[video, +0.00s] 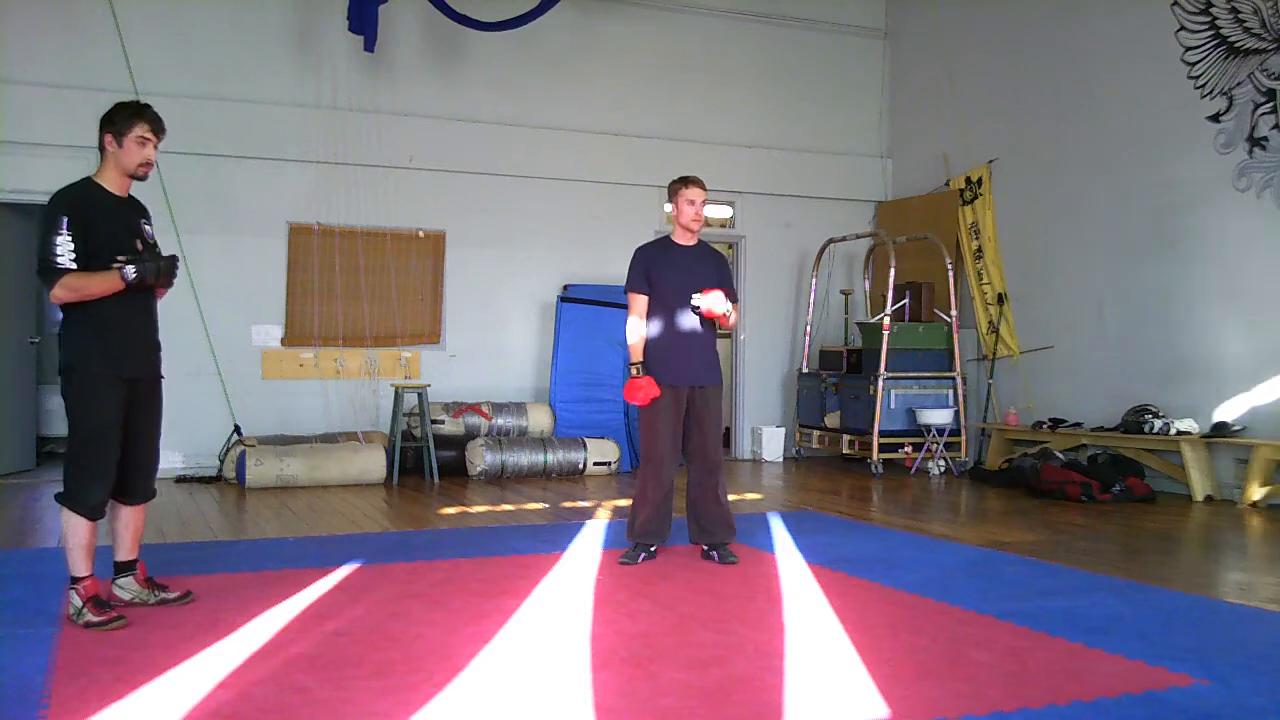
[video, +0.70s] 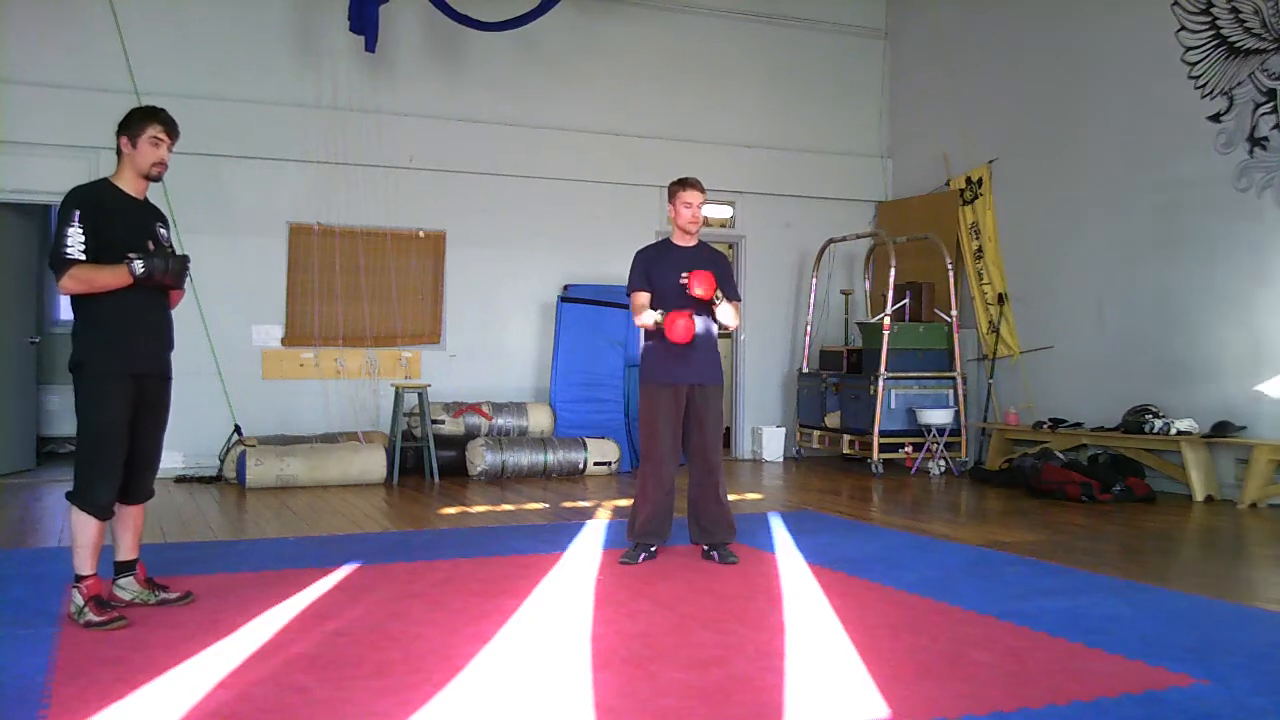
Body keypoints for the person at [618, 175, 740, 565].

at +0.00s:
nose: (697, 210)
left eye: (702, 204)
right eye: (690, 203)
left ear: (706, 210)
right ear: (672, 207)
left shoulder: (716, 260)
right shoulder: (648, 255)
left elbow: (730, 323)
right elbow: (636, 317)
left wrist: (721, 311)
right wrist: (636, 369)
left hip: (707, 376)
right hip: (661, 375)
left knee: (708, 460)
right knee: (657, 459)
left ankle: (713, 538)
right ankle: (646, 539)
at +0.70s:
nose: (695, 212)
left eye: (700, 206)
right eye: (688, 205)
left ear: (705, 211)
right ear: (671, 209)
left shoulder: (717, 260)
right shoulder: (648, 257)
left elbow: (732, 321)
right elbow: (640, 312)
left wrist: (716, 301)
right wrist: (658, 320)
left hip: (706, 372)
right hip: (661, 372)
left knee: (708, 458)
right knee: (657, 456)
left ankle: (713, 539)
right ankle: (647, 539)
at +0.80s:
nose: (694, 214)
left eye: (699, 208)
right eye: (686, 207)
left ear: (704, 212)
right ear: (671, 210)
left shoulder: (717, 260)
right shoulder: (649, 256)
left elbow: (730, 320)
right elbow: (648, 310)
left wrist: (711, 290)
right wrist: (671, 284)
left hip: (706, 371)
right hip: (661, 370)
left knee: (708, 458)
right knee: (657, 455)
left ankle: (713, 538)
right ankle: (646, 538)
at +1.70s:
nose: (707, 218)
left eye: (713, 213)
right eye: (701, 210)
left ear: (717, 216)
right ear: (684, 210)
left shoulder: (722, 262)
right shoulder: (656, 255)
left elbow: (736, 321)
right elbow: (650, 312)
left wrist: (720, 313)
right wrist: (674, 337)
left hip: (712, 369)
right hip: (668, 367)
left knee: (715, 456)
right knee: (663, 453)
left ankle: (721, 538)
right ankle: (652, 538)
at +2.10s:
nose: (710, 217)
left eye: (715, 211)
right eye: (703, 209)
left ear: (719, 215)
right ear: (686, 209)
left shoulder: (724, 261)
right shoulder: (658, 256)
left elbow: (738, 321)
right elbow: (647, 318)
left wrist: (725, 314)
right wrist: (646, 367)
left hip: (715, 374)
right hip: (671, 371)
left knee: (717, 458)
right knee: (665, 456)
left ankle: (722, 538)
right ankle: (654, 538)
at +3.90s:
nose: (651, 206)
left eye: (657, 200)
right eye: (644, 199)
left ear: (665, 205)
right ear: (630, 204)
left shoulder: (678, 257)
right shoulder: (608, 253)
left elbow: (694, 316)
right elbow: (598, 315)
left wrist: (671, 305)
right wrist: (598, 364)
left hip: (666, 371)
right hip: (621, 368)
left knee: (667, 454)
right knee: (614, 454)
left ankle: (672, 534)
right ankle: (604, 534)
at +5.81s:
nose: (656, 209)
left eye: (662, 202)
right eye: (649, 202)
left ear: (668, 208)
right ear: (634, 208)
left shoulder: (682, 260)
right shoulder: (613, 256)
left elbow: (700, 318)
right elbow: (605, 318)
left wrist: (677, 309)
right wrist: (607, 369)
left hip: (674, 374)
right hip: (629, 372)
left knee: (676, 457)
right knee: (623, 457)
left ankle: (682, 536)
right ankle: (613, 538)